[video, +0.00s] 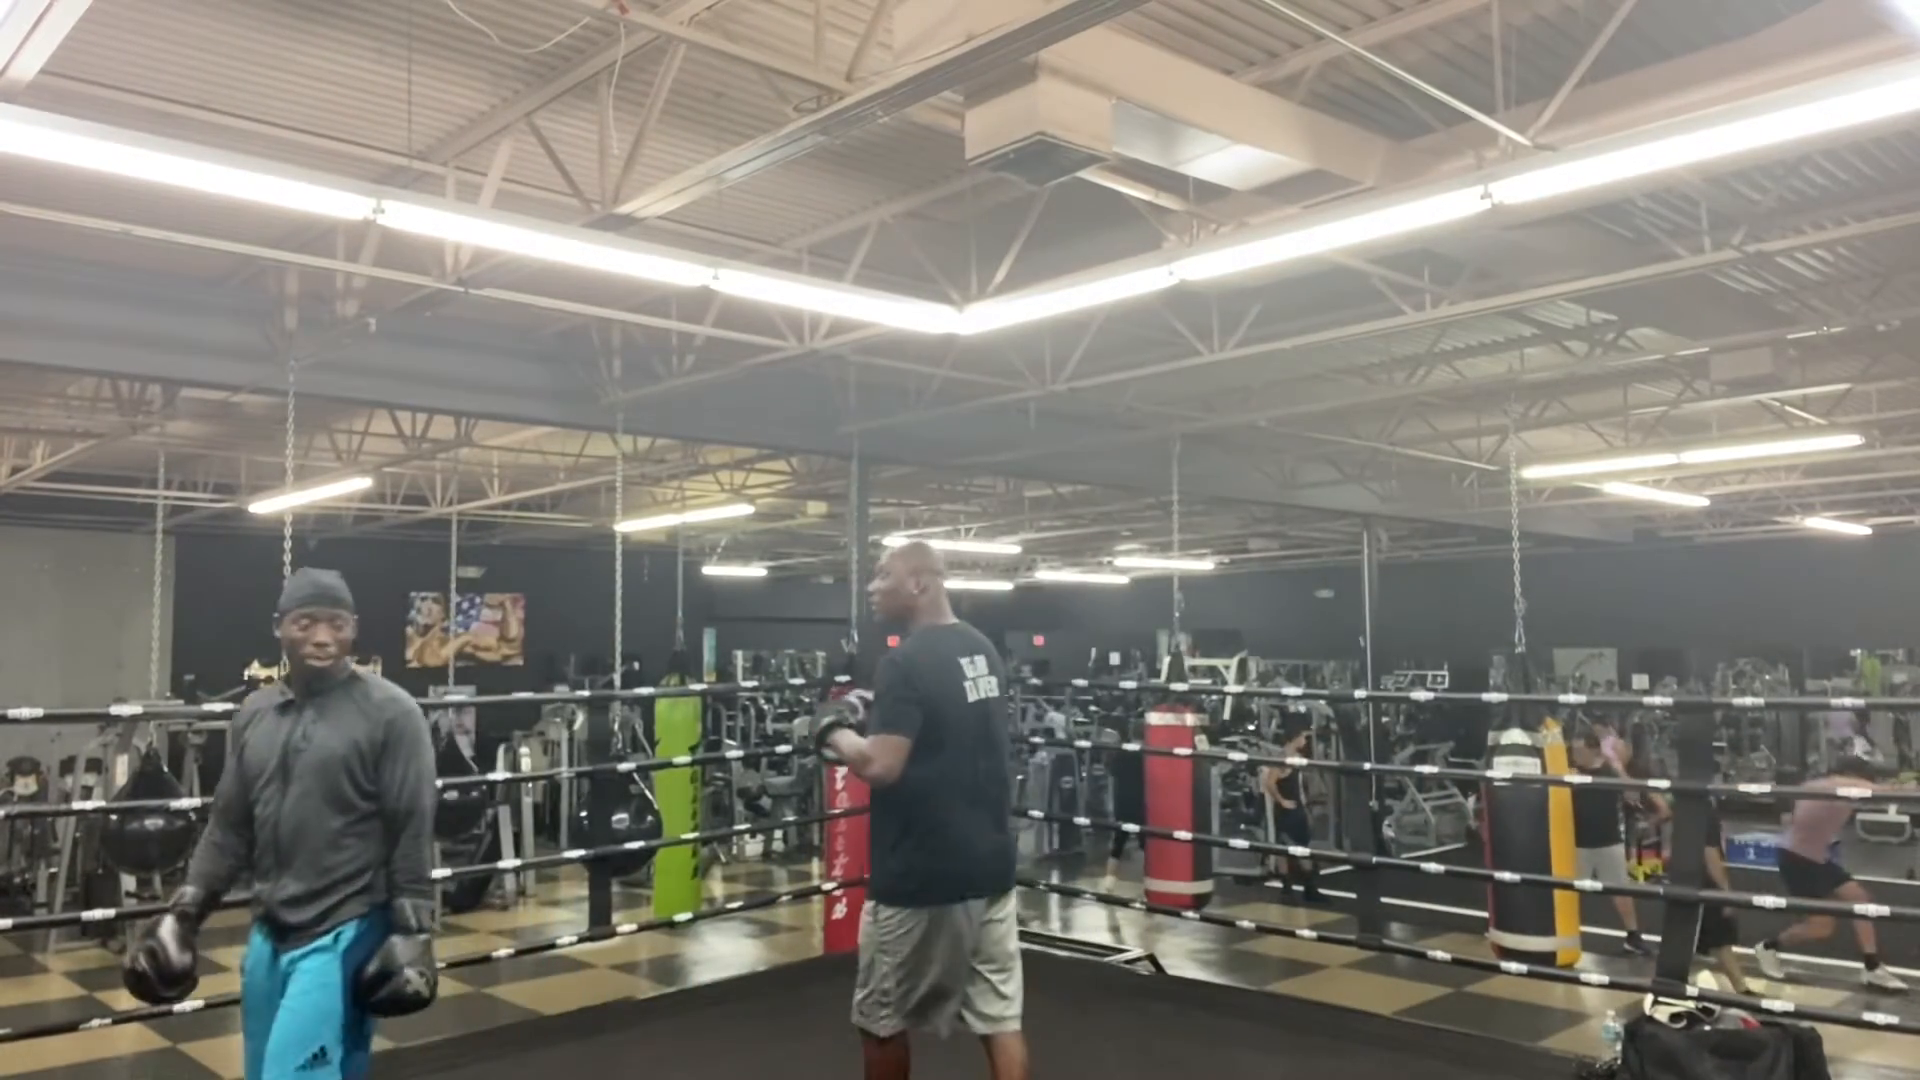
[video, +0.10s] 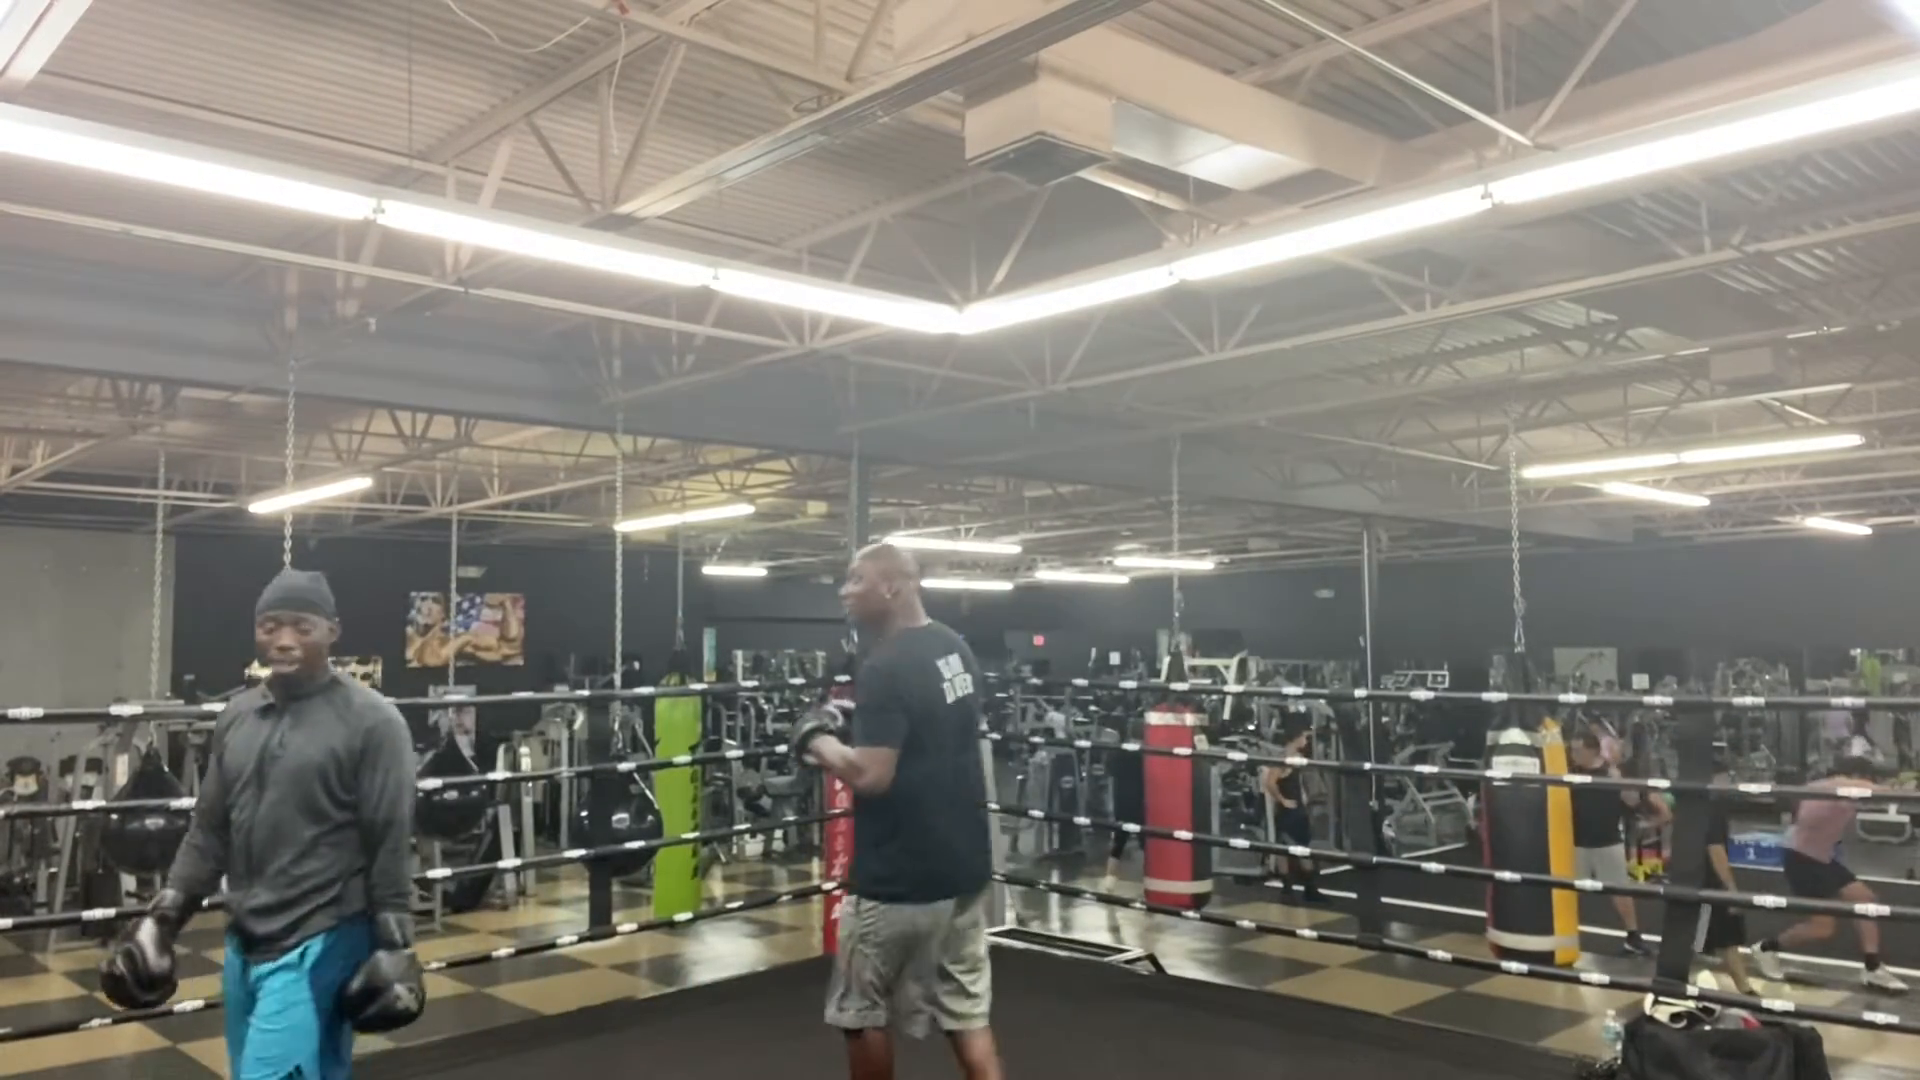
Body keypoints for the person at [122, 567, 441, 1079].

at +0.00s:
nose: (321, 636)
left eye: (335, 623)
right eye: (305, 622)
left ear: (352, 630)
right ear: (280, 630)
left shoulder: (391, 712)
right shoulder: (255, 714)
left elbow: (413, 830)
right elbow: (227, 827)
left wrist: (413, 933)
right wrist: (182, 915)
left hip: (346, 928)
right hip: (270, 929)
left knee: (291, 1068)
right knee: (262, 1068)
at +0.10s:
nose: (285, 641)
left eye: (302, 627)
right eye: (272, 626)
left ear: (332, 633)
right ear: (256, 635)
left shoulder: (372, 721)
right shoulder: (238, 715)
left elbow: (390, 843)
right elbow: (208, 830)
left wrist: (396, 946)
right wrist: (161, 920)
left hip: (322, 939)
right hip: (247, 938)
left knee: (266, 1070)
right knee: (251, 1069)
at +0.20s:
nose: (228, 638)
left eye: (248, 623)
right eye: (225, 622)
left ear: (297, 629)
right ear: (220, 627)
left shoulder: (347, 727)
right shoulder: (216, 712)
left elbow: (365, 854)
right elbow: (186, 827)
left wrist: (364, 968)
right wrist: (140, 922)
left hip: (283, 950)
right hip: (210, 950)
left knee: (230, 1068)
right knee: (210, 1068)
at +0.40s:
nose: (173, 634)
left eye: (192, 618)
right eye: (177, 618)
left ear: (247, 624)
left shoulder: (307, 728)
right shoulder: (189, 713)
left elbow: (315, 865)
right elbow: (162, 839)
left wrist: (301, 984)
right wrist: (116, 940)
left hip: (232, 967)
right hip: (154, 958)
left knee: (216, 1069)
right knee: (117, 1067)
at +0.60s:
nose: (126, 633)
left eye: (144, 614)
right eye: (128, 616)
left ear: (202, 618)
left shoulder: (270, 727)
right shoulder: (160, 718)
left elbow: (271, 871)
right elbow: (147, 847)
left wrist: (227, 991)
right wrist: (111, 953)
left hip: (204, 979)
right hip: (114, 971)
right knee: (62, 1073)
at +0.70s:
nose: (93, 634)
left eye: (112, 616)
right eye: (96, 618)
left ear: (170, 622)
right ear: (167, 623)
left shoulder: (242, 731)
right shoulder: (127, 727)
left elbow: (239, 880)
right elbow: (117, 856)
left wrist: (183, 994)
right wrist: (83, 961)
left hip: (190, 986)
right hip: (90, 984)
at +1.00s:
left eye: (7, 610)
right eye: (1, 611)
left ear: (57, 618)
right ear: (56, 620)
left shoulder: (122, 718)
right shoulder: (51, 717)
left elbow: (121, 877)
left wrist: (43, 995)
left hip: (75, 996)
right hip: (24, 987)